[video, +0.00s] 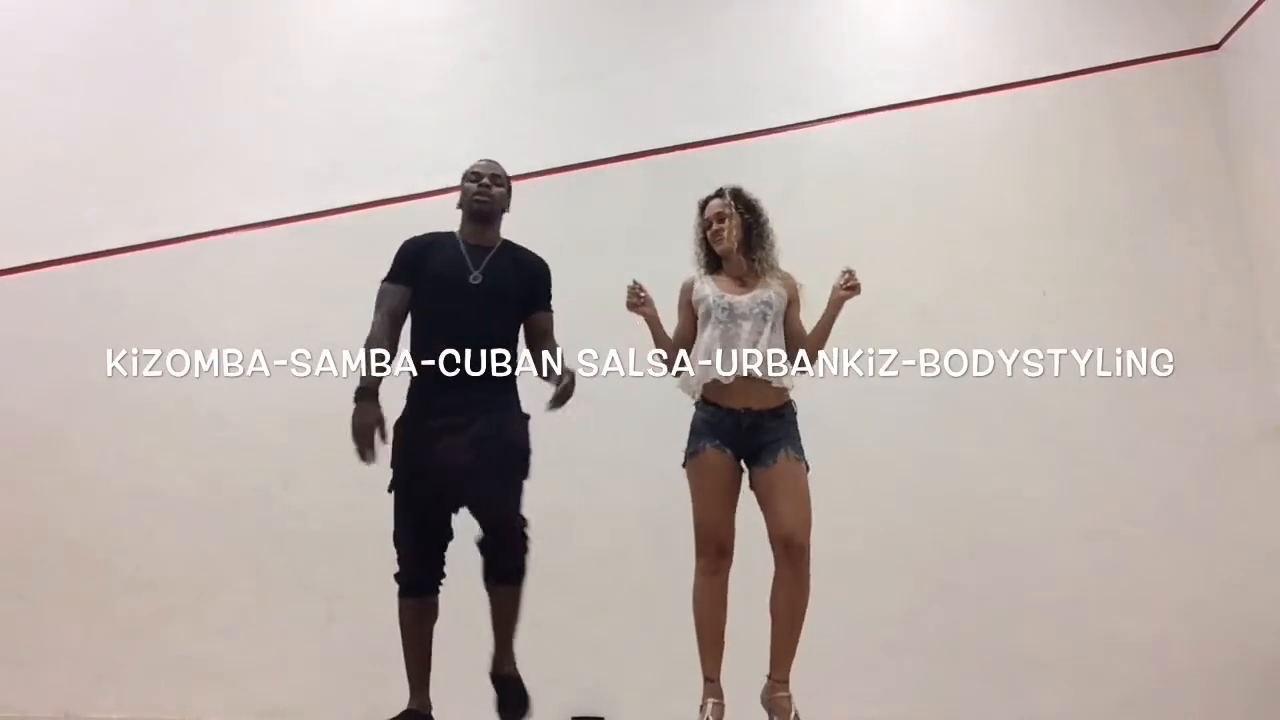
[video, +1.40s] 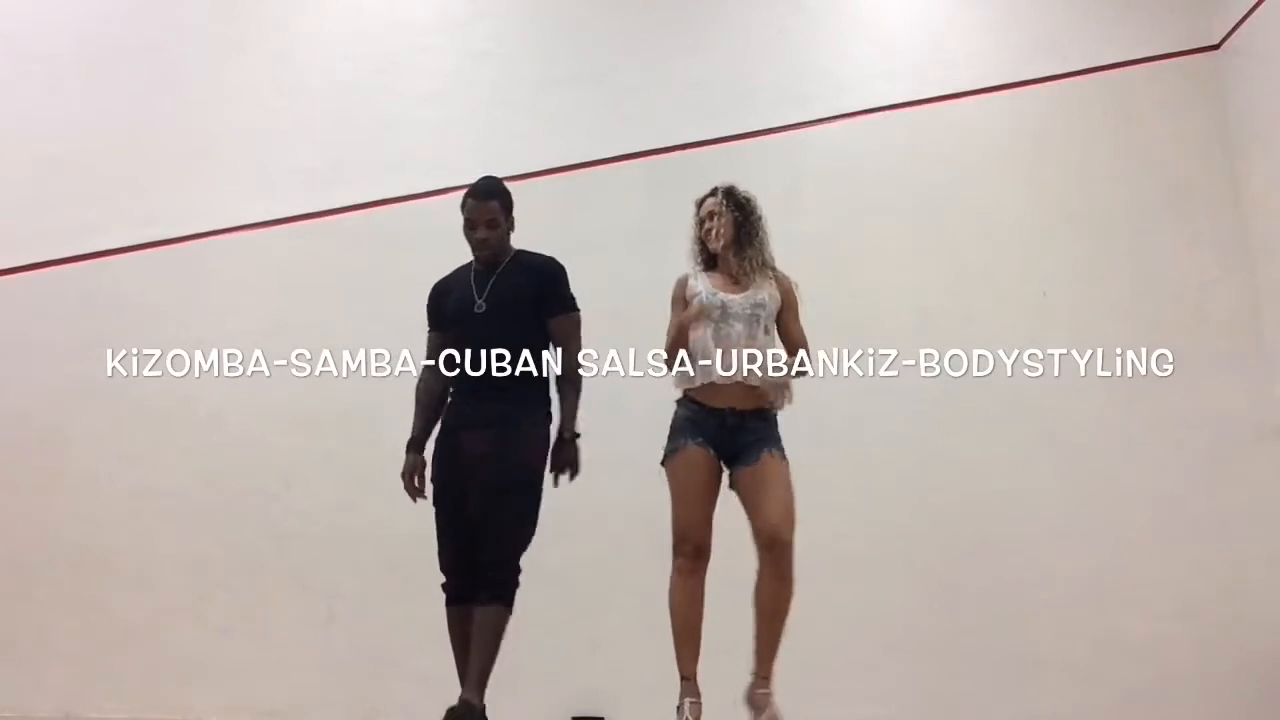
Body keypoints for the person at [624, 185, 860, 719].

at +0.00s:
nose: (718, 226)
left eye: (726, 217)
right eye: (711, 222)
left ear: (748, 222)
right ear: (705, 235)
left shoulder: (782, 284)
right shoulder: (696, 288)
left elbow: (803, 356)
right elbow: (675, 358)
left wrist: (834, 305)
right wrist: (651, 318)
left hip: (775, 427)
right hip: (714, 426)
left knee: (795, 546)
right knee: (714, 554)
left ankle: (779, 686)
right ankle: (711, 692)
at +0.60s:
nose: (735, 231)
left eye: (742, 220)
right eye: (728, 226)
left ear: (765, 223)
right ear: (722, 236)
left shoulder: (802, 284)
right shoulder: (719, 294)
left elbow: (827, 352)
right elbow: (705, 363)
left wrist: (837, 302)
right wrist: (696, 387)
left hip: (792, 427)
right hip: (731, 429)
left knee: (797, 554)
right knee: (728, 543)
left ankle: (796, 696)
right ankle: (746, 687)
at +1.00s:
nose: (715, 227)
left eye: (722, 218)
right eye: (708, 221)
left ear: (744, 222)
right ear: (701, 232)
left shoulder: (778, 282)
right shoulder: (693, 289)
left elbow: (799, 348)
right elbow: (675, 355)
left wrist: (761, 319)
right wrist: (670, 383)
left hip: (764, 424)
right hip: (702, 424)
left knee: (776, 551)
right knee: (699, 550)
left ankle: (787, 690)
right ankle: (694, 690)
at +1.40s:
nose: (713, 225)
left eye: (721, 215)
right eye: (707, 219)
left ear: (743, 221)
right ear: (700, 231)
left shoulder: (776, 285)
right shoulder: (689, 286)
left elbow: (800, 354)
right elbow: (668, 359)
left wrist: (783, 380)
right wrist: (685, 327)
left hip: (757, 427)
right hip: (696, 423)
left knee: (778, 541)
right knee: (689, 552)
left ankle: (762, 684)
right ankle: (689, 689)